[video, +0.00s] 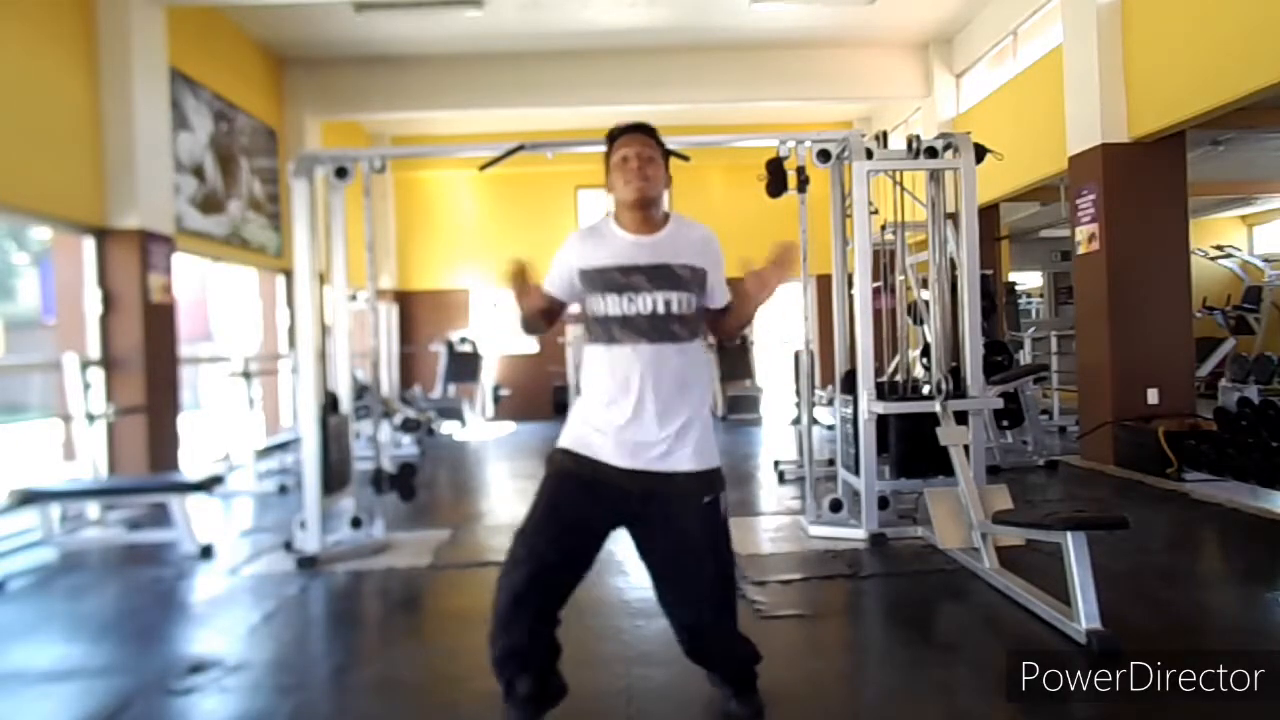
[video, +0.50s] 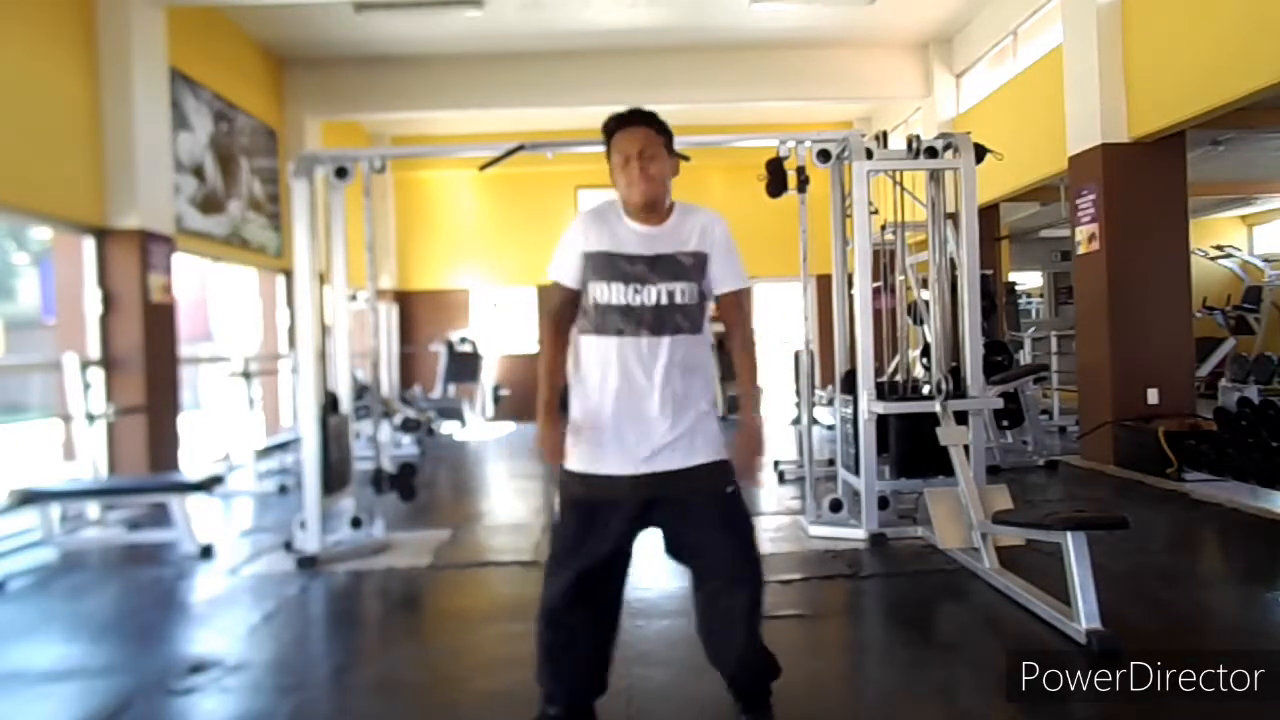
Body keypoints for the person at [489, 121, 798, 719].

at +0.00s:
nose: (637, 166)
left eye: (649, 157)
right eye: (624, 160)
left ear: (667, 175)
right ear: (607, 180)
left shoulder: (699, 243)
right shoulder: (582, 247)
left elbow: (721, 329)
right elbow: (542, 324)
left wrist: (753, 296)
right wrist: (530, 302)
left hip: (682, 458)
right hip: (592, 450)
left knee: (704, 614)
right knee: (522, 596)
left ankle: (739, 689)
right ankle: (530, 702)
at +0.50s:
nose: (639, 167)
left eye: (649, 155)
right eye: (626, 159)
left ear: (674, 163)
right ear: (611, 172)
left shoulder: (707, 230)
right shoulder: (586, 232)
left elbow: (738, 325)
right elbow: (556, 324)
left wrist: (748, 414)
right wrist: (548, 414)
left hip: (692, 448)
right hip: (600, 451)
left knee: (733, 578)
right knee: (574, 598)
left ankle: (753, 694)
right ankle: (565, 708)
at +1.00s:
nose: (610, 216)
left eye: (618, 199)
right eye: (600, 204)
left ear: (659, 179)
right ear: (592, 199)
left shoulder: (724, 250)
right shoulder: (590, 264)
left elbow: (775, 332)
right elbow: (540, 353)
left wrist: (778, 377)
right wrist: (472, 411)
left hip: (700, 486)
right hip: (597, 490)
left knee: (775, 648)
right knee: (561, 672)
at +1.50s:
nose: (646, 161)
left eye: (659, 145)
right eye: (629, 150)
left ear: (684, 153)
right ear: (613, 164)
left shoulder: (727, 232)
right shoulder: (589, 242)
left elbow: (745, 326)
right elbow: (549, 336)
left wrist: (783, 288)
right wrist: (536, 305)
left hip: (722, 489)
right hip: (617, 487)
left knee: (760, 689)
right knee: (560, 684)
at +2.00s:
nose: (657, 139)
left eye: (671, 127)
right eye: (639, 130)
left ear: (691, 144)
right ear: (619, 150)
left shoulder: (722, 236)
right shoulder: (586, 227)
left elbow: (746, 338)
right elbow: (538, 318)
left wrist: (823, 354)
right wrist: (549, 339)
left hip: (720, 486)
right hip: (606, 488)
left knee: (778, 679)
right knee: (571, 686)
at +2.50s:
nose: (666, 156)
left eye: (676, 141)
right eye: (646, 147)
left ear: (696, 152)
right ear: (623, 169)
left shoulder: (735, 239)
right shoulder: (594, 243)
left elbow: (776, 327)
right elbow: (535, 329)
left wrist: (799, 379)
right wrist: (474, 393)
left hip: (715, 496)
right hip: (603, 498)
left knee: (786, 671)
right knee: (561, 686)